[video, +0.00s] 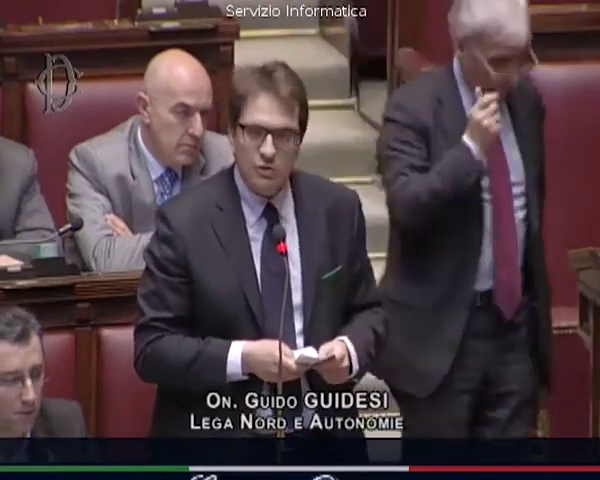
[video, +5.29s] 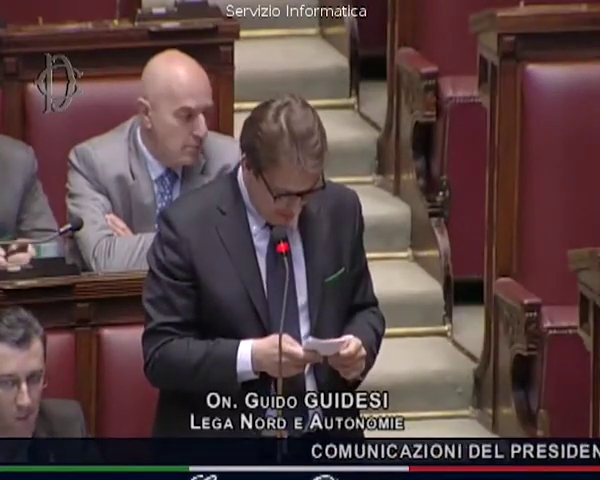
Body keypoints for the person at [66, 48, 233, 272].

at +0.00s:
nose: (197, 130)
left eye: (204, 113)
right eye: (182, 112)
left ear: (210, 108)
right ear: (145, 108)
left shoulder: (224, 155)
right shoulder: (92, 161)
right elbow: (105, 259)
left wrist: (138, 249)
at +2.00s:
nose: (185, 124)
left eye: (196, 109)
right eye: (171, 106)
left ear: (204, 109)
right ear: (139, 104)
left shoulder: (221, 154)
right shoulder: (91, 160)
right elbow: (105, 260)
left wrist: (137, 246)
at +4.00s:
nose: (186, 126)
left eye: (196, 110)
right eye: (172, 107)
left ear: (205, 109)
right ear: (140, 104)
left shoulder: (231, 157)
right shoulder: (91, 161)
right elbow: (105, 259)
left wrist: (138, 250)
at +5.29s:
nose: (201, 131)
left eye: (206, 113)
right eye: (185, 116)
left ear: (210, 105)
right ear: (146, 113)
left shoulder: (230, 156)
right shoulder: (91, 161)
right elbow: (105, 259)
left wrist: (139, 251)